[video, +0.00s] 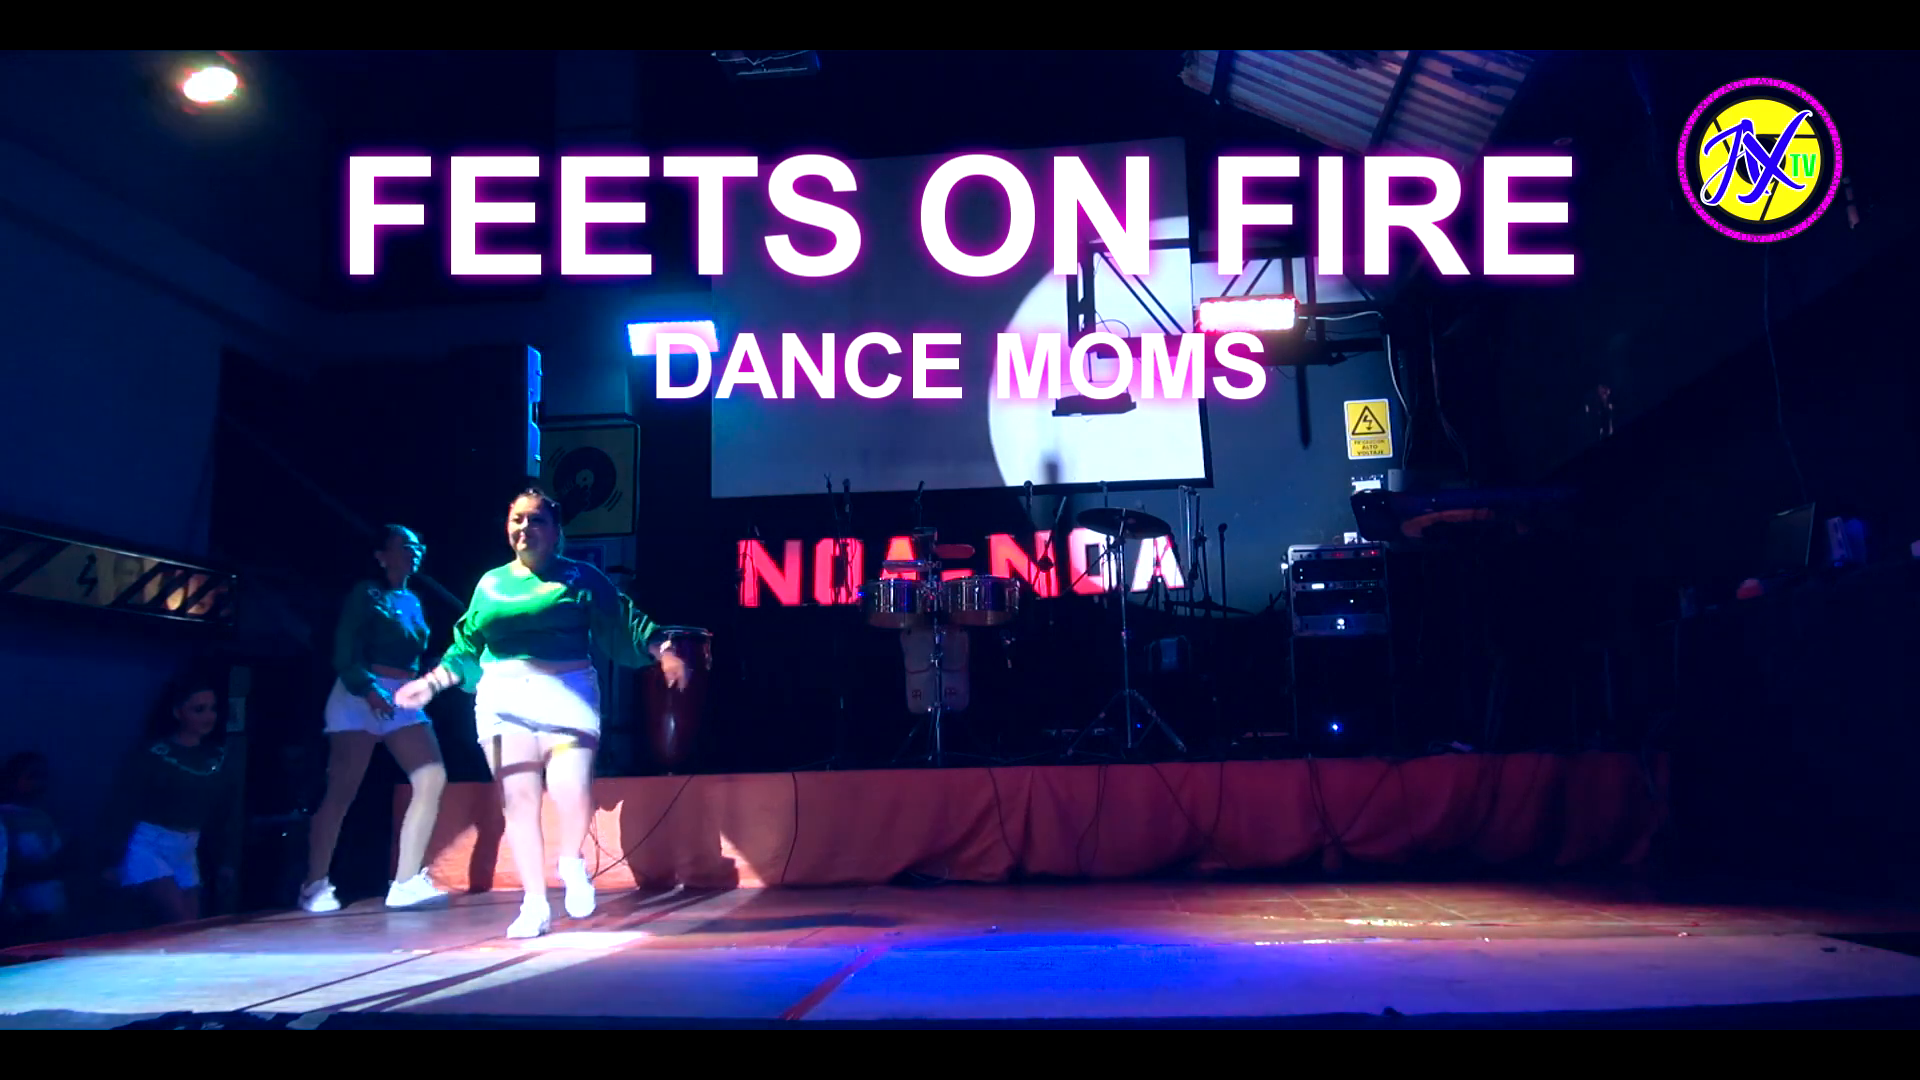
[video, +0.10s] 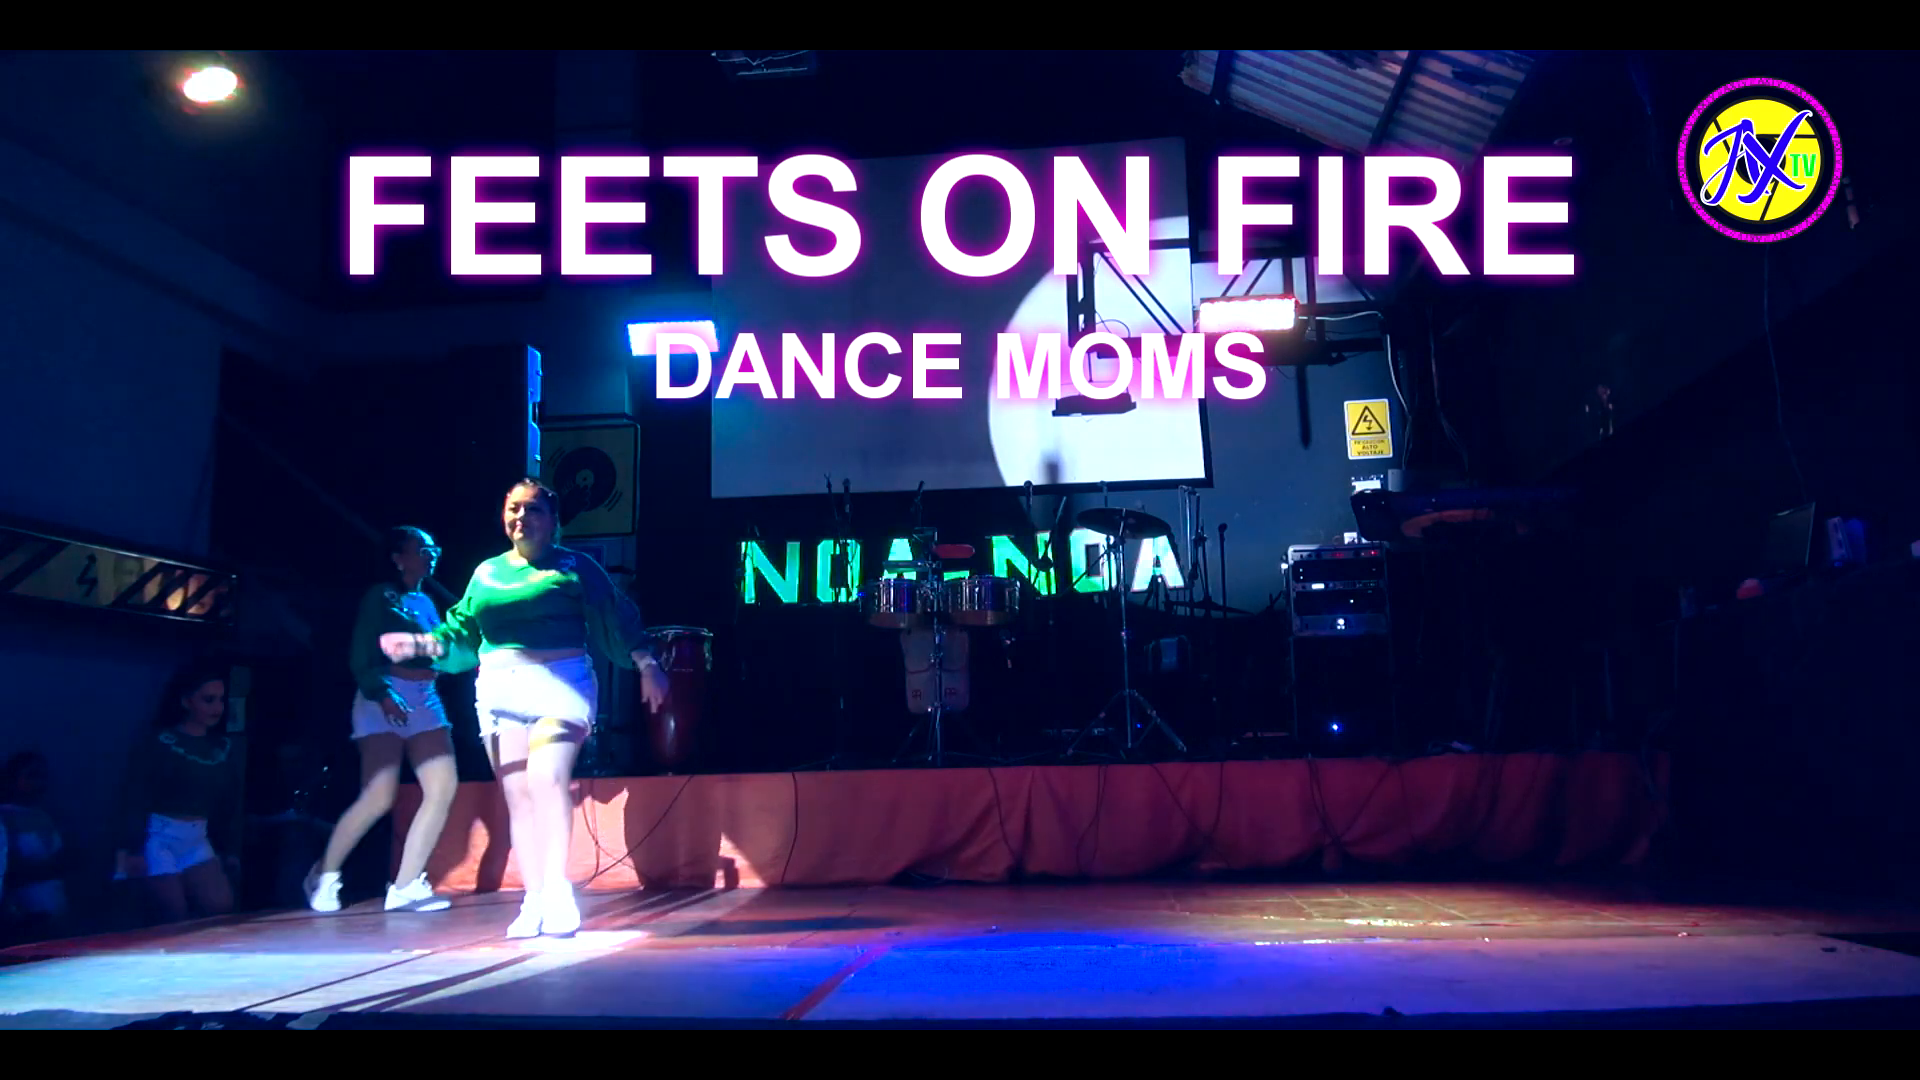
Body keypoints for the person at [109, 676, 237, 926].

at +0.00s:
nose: (209, 716)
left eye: (213, 709)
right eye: (199, 709)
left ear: (217, 710)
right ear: (179, 712)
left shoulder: (216, 760)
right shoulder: (155, 754)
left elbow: (221, 814)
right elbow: (128, 803)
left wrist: (223, 862)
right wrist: (113, 857)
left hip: (187, 851)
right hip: (149, 847)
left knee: (188, 926)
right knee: (184, 923)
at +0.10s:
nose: (218, 708)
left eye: (221, 700)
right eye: (209, 700)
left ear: (225, 701)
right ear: (186, 701)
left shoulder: (221, 748)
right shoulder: (161, 743)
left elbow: (226, 802)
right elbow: (139, 794)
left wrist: (229, 850)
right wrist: (133, 848)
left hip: (197, 835)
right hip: (161, 834)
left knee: (222, 907)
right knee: (176, 919)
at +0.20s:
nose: (226, 700)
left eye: (230, 693)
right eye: (218, 692)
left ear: (234, 696)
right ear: (196, 693)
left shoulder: (229, 740)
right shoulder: (169, 736)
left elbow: (233, 794)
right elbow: (154, 789)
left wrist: (237, 838)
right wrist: (161, 840)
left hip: (205, 825)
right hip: (165, 824)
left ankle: (201, 921)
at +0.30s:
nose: (235, 695)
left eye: (239, 688)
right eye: (227, 687)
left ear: (242, 692)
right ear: (205, 689)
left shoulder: (233, 737)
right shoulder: (178, 733)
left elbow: (237, 787)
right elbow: (162, 786)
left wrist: (236, 821)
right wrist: (184, 834)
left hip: (215, 817)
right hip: (176, 818)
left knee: (245, 851)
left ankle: (220, 920)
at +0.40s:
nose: (244, 693)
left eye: (248, 686)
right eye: (236, 684)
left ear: (251, 691)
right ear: (215, 687)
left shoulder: (241, 735)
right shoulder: (189, 732)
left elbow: (246, 786)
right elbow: (177, 787)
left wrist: (243, 820)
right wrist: (205, 831)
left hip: (226, 815)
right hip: (187, 816)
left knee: (257, 855)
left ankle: (229, 924)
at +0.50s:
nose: (257, 684)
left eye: (260, 677)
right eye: (250, 675)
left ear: (263, 683)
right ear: (228, 679)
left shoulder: (254, 729)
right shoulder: (204, 724)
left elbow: (254, 781)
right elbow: (191, 779)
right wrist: (216, 826)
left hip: (239, 810)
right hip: (198, 811)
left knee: (266, 862)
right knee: (189, 897)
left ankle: (232, 926)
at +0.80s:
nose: (291, 642)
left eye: (294, 637)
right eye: (283, 634)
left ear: (296, 646)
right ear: (261, 639)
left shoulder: (292, 693)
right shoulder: (235, 684)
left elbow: (298, 747)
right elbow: (210, 734)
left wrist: (299, 797)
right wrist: (201, 785)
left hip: (276, 777)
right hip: (238, 773)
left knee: (278, 855)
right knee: (276, 839)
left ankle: (241, 921)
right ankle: (213, 889)